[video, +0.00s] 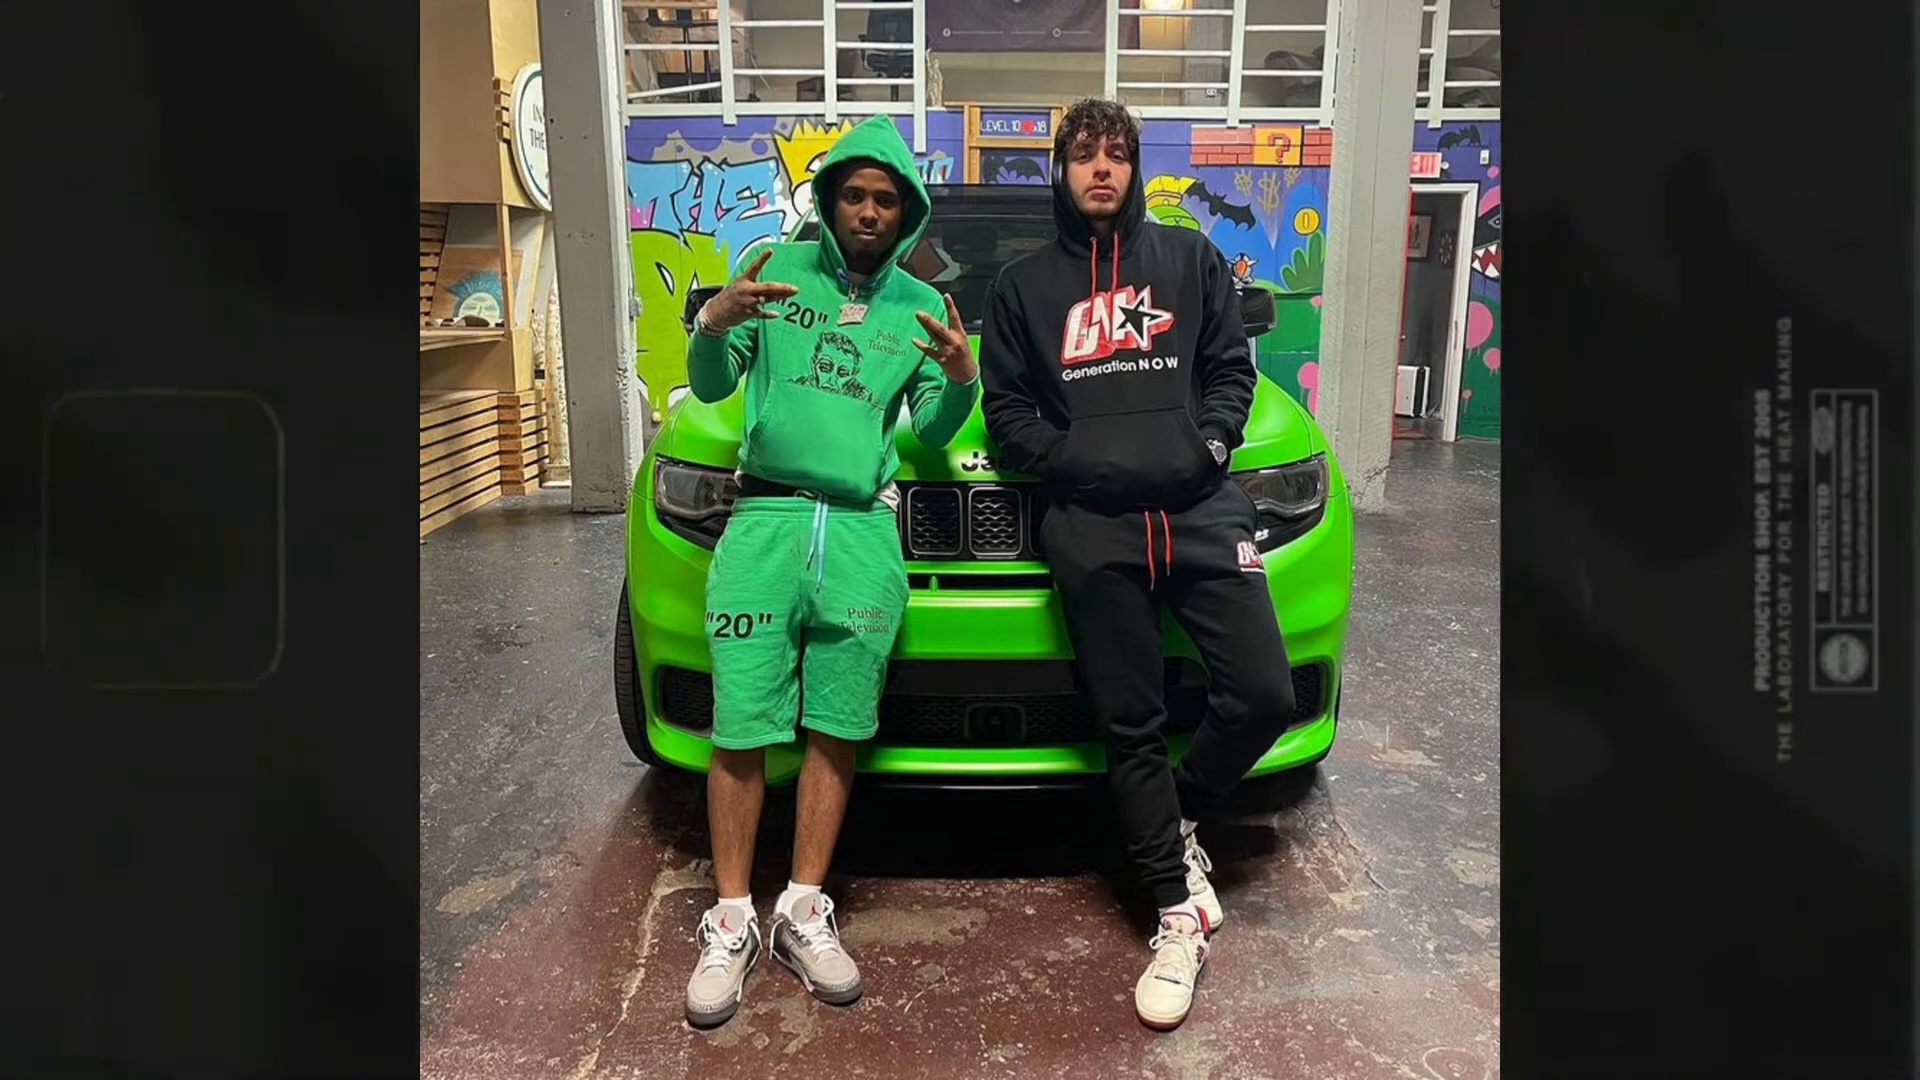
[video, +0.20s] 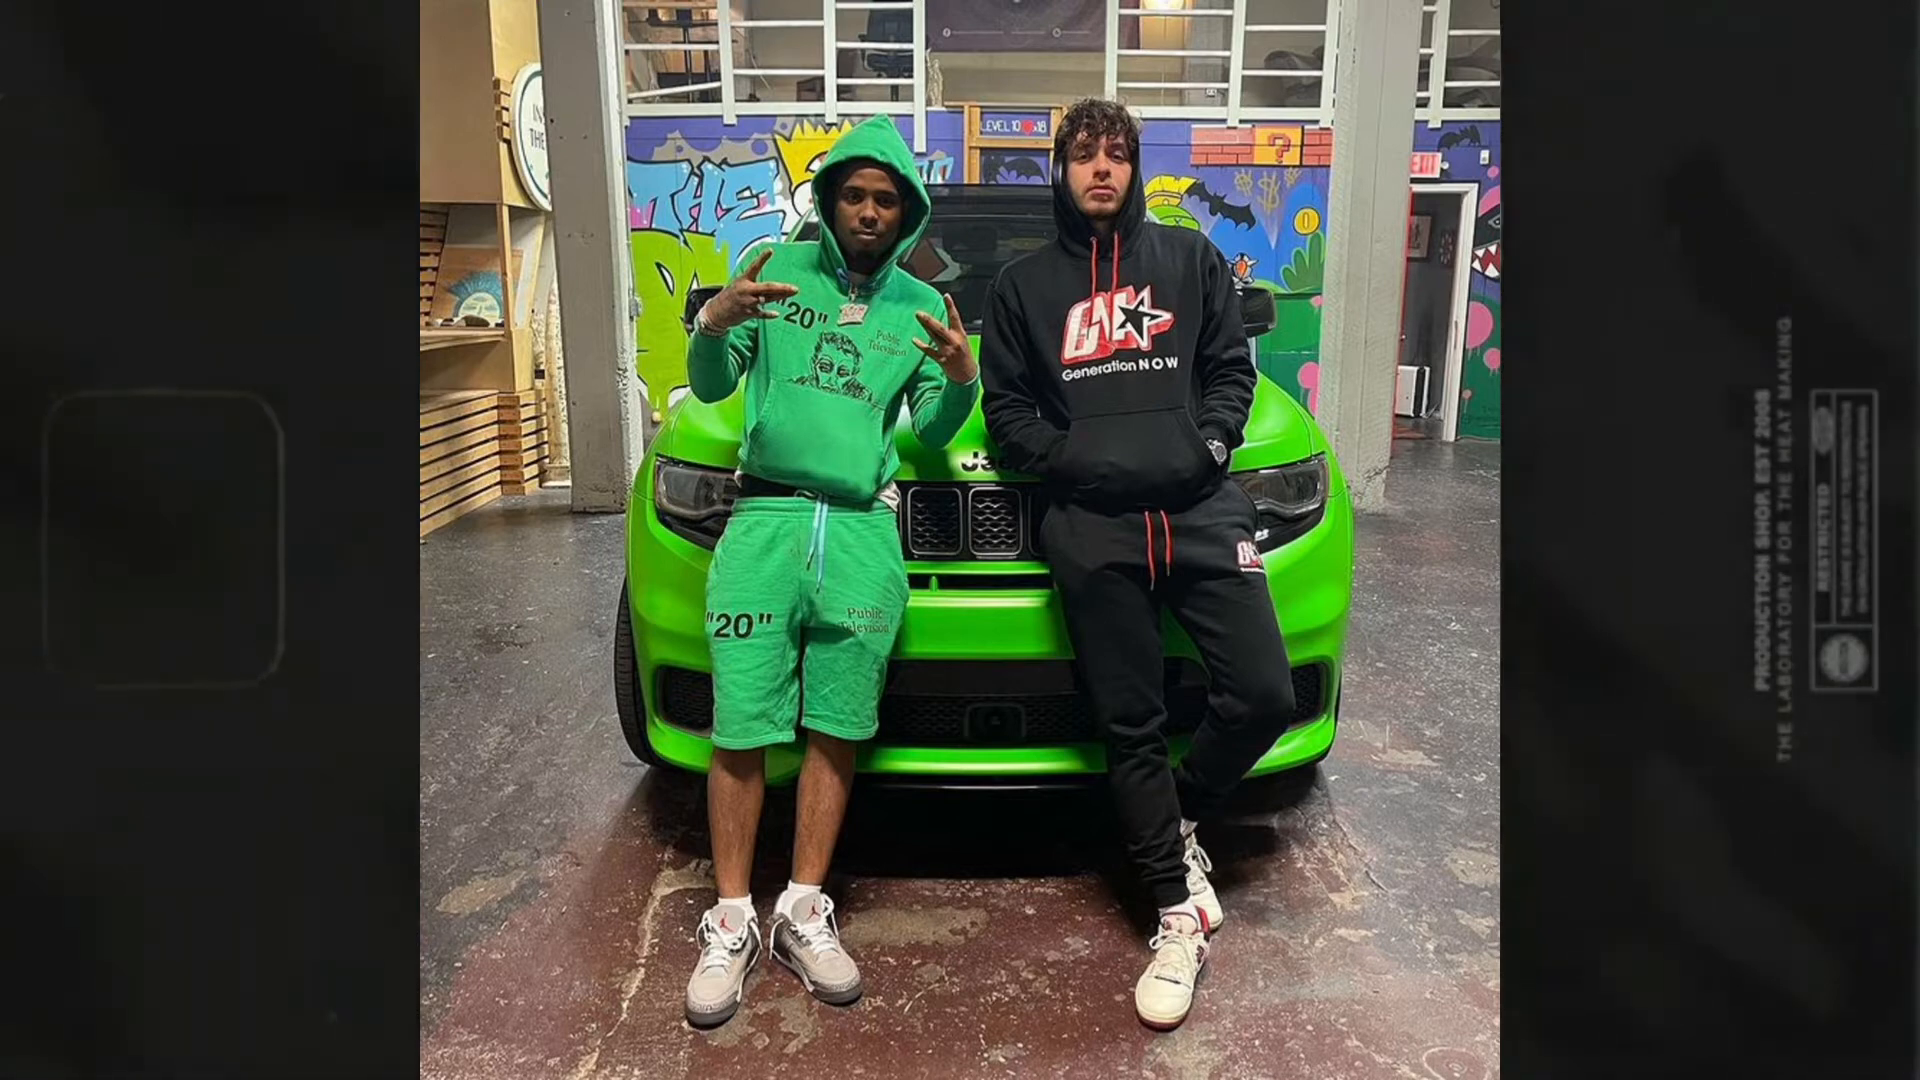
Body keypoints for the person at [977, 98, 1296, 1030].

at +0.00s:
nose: (1102, 171)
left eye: (1115, 158)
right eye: (1087, 158)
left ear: (1137, 171)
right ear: (1061, 172)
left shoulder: (1191, 256)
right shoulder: (1017, 280)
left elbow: (1232, 363)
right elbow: (1003, 403)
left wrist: (1209, 444)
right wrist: (1064, 457)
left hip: (1200, 503)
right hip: (1091, 514)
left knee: (1262, 692)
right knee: (1131, 719)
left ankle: (1180, 818)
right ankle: (1179, 918)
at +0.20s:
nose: (1102, 171)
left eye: (1116, 158)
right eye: (1088, 158)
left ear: (1137, 171)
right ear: (1062, 171)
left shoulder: (1191, 256)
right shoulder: (1018, 280)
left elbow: (1232, 364)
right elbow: (1004, 403)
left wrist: (1209, 444)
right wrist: (1065, 457)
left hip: (1200, 503)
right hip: (1091, 514)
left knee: (1262, 693)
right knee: (1131, 718)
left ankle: (1179, 819)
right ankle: (1179, 917)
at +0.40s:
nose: (1102, 170)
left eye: (1115, 158)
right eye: (1087, 158)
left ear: (1137, 171)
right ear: (1061, 172)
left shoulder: (1191, 256)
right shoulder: (1017, 280)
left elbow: (1232, 363)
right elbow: (1003, 403)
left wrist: (1209, 444)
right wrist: (1065, 457)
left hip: (1200, 503)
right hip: (1091, 514)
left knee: (1262, 692)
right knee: (1131, 719)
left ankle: (1180, 818)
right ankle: (1179, 918)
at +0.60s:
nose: (1102, 170)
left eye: (1115, 158)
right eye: (1087, 158)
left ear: (1137, 171)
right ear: (1061, 172)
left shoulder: (1191, 256)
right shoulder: (1017, 280)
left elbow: (1232, 363)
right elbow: (1003, 403)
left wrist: (1209, 444)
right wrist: (1064, 457)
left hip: (1200, 503)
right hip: (1091, 514)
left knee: (1262, 692)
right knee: (1131, 719)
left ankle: (1180, 818)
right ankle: (1179, 918)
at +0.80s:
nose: (1102, 171)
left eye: (1115, 158)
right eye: (1087, 158)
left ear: (1136, 171)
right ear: (1061, 172)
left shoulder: (1191, 256)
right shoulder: (1017, 280)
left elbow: (1232, 363)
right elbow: (1003, 403)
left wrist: (1209, 444)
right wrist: (1064, 457)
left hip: (1200, 503)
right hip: (1091, 514)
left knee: (1262, 692)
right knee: (1131, 719)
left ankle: (1180, 818)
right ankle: (1178, 918)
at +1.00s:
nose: (1102, 171)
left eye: (1115, 158)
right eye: (1087, 158)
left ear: (1137, 171)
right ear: (1061, 172)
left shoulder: (1191, 256)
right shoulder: (1017, 280)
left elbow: (1232, 363)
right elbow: (1003, 403)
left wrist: (1209, 444)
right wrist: (1064, 457)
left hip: (1200, 503)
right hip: (1091, 514)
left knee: (1262, 692)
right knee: (1131, 719)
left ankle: (1180, 818)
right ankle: (1179, 918)